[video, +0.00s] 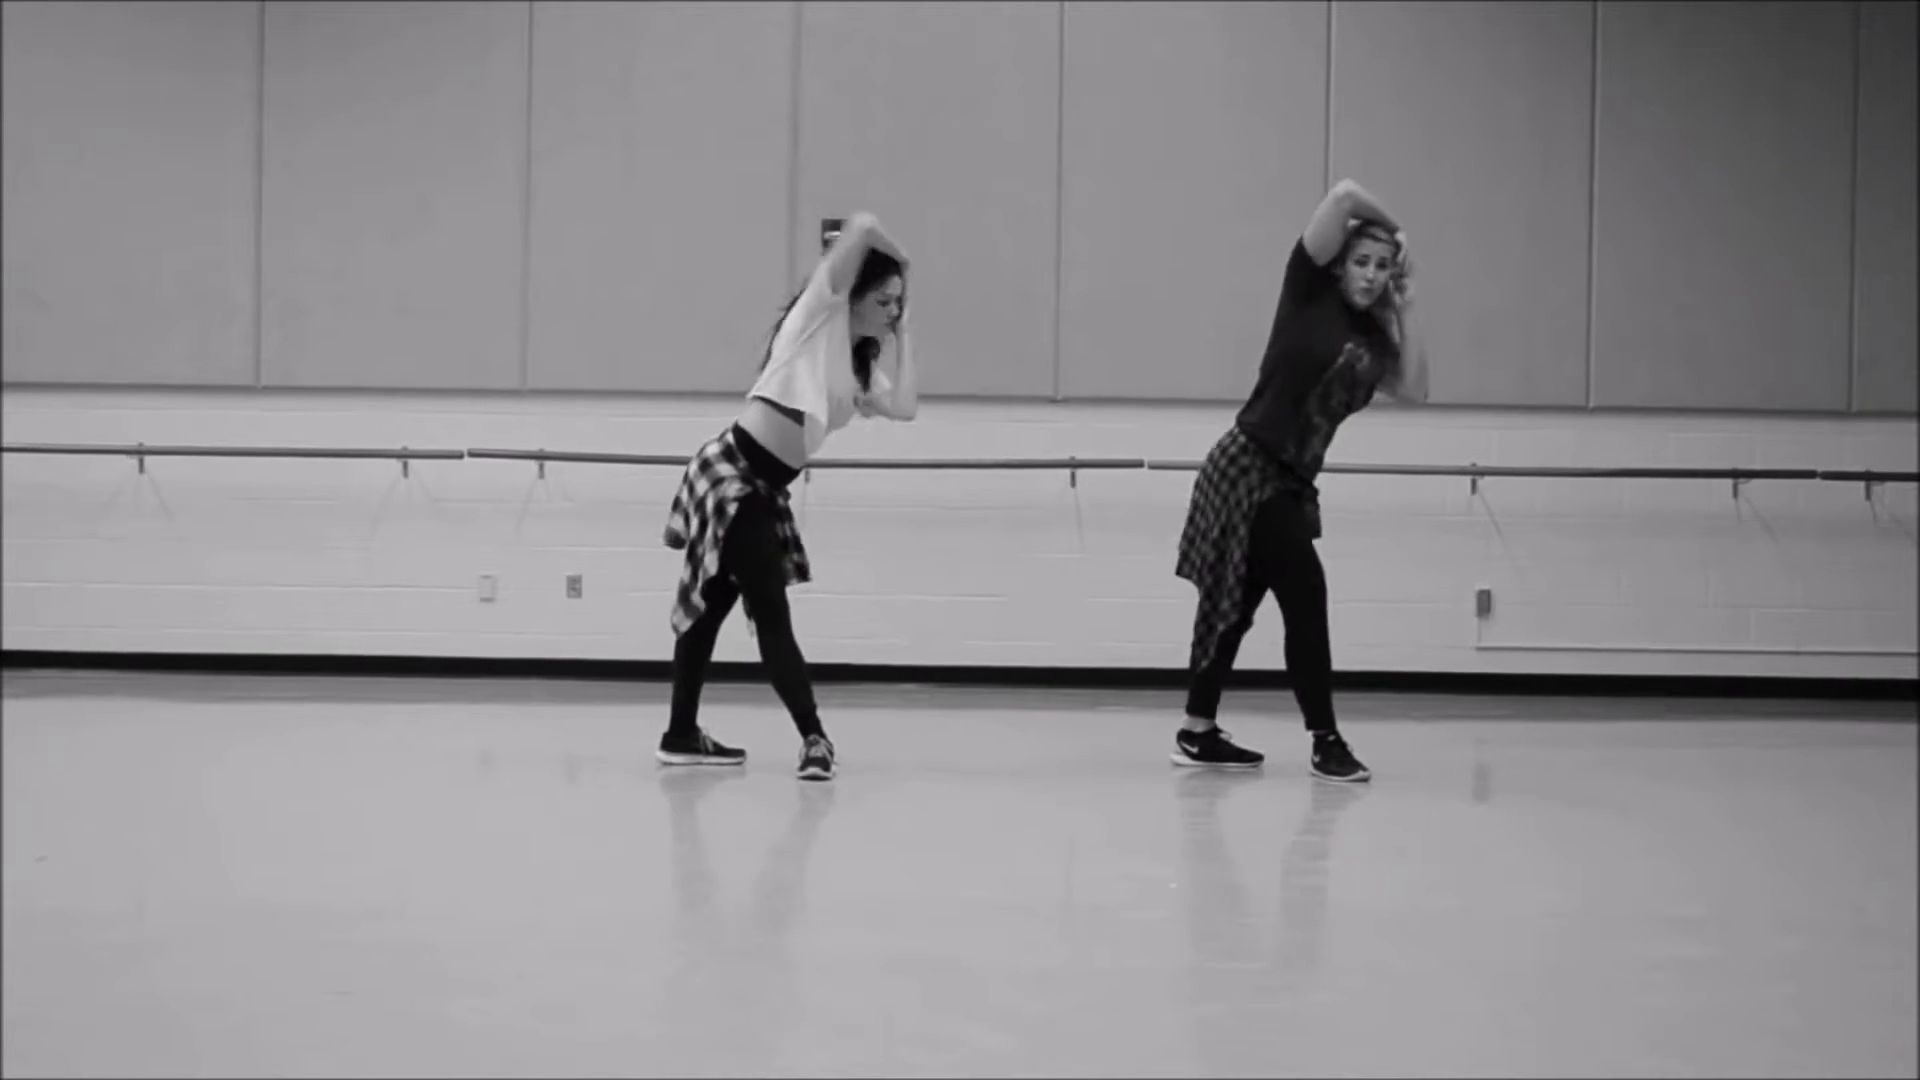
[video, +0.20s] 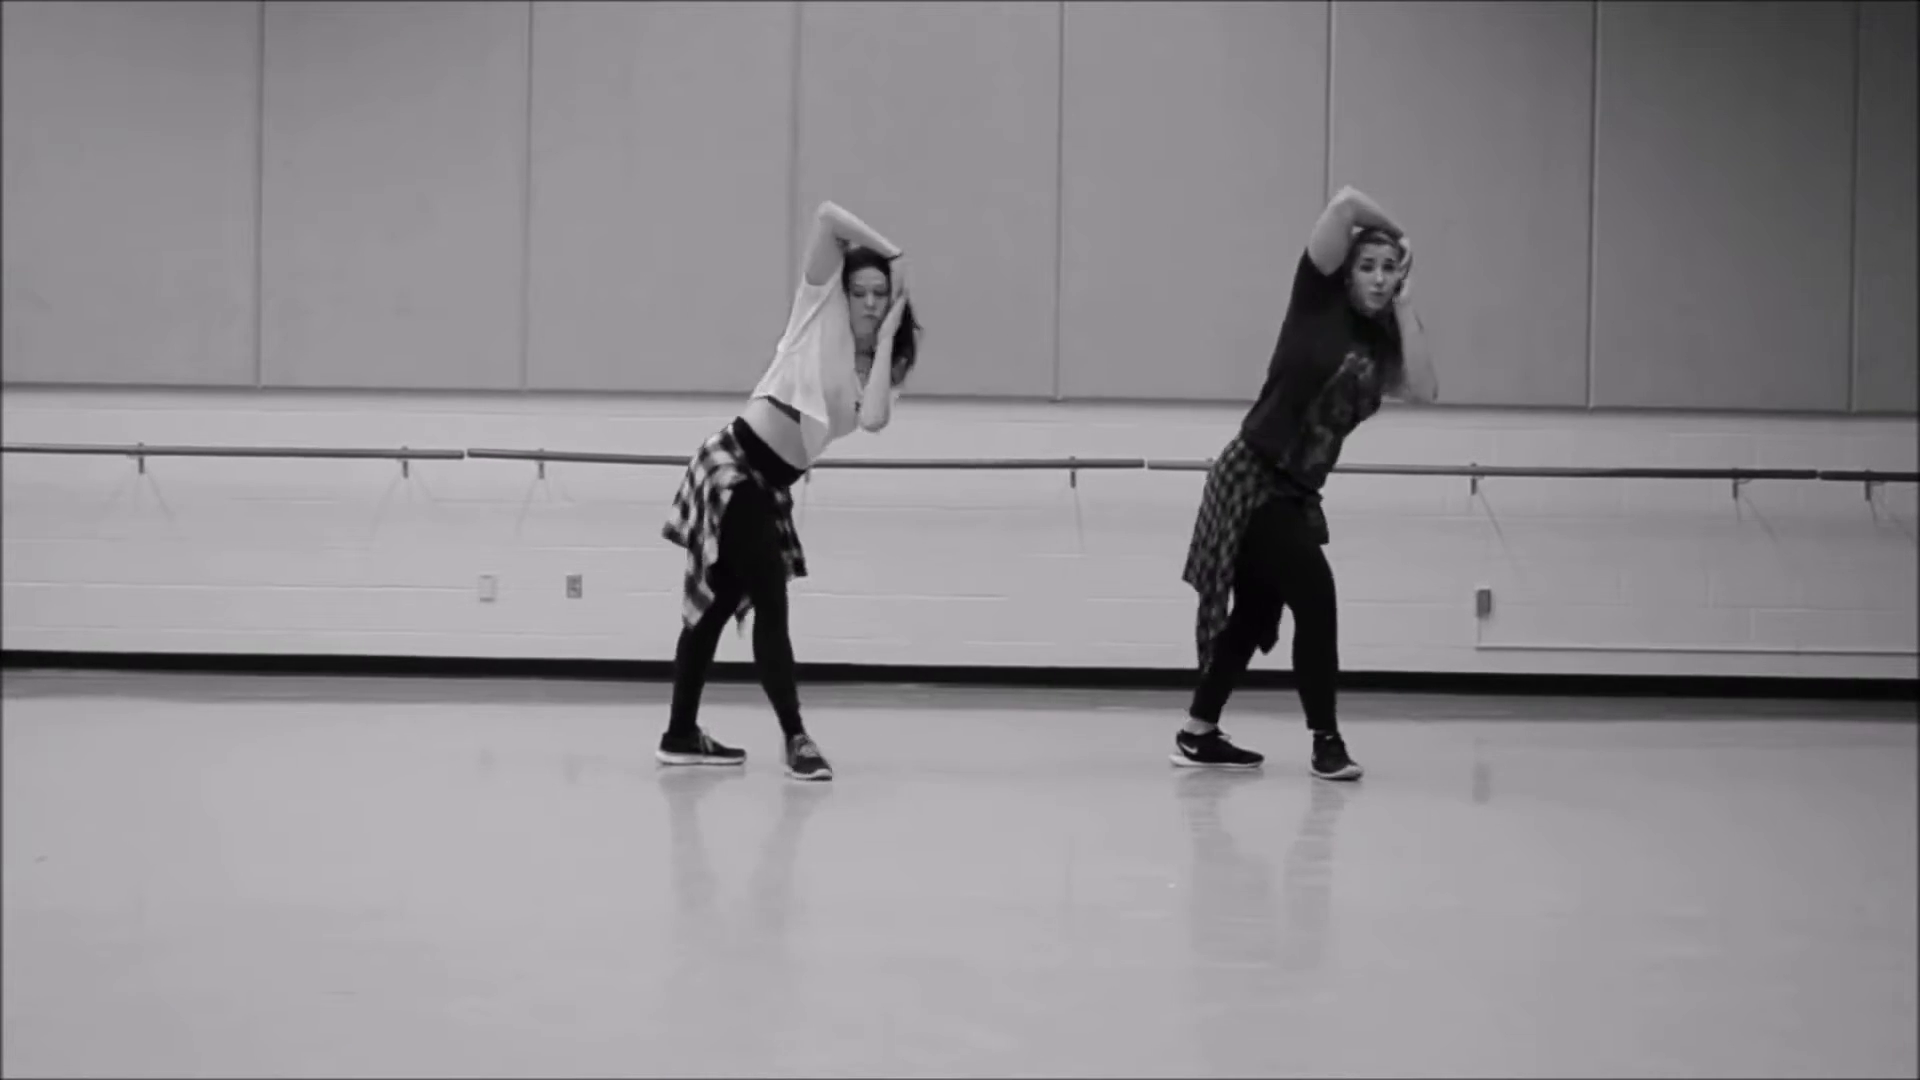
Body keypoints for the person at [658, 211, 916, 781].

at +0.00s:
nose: (891, 316)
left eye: (897, 305)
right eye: (883, 302)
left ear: (891, 308)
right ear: (853, 295)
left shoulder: (856, 372)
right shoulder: (813, 321)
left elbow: (902, 408)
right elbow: (861, 224)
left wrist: (901, 334)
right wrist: (894, 257)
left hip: (766, 488)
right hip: (733, 471)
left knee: (708, 607)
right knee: (772, 614)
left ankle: (681, 730)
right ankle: (814, 739)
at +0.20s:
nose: (868, 303)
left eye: (878, 295)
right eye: (858, 294)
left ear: (890, 303)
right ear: (842, 293)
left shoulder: (876, 369)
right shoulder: (817, 309)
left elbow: (872, 418)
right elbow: (828, 214)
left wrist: (886, 335)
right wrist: (891, 251)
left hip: (774, 485)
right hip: (735, 462)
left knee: (715, 604)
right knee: (771, 602)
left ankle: (681, 730)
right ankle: (796, 739)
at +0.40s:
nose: (864, 291)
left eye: (875, 281)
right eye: (855, 282)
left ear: (897, 287)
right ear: (843, 286)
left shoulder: (904, 360)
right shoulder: (821, 308)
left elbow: (914, 347)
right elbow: (798, 215)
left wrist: (899, 257)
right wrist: (861, 222)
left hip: (801, 490)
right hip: (763, 465)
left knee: (724, 596)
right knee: (776, 610)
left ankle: (643, 689)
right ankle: (791, 742)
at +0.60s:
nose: (858, 277)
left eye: (866, 267)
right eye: (849, 269)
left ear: (892, 270)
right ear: (840, 276)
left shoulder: (925, 335)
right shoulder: (819, 305)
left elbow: (887, 284)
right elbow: (752, 258)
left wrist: (873, 218)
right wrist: (814, 215)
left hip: (842, 491)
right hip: (794, 463)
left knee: (755, 594)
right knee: (798, 610)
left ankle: (655, 534)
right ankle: (795, 741)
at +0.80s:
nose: (872, 262)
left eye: (883, 252)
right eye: (862, 254)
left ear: (904, 257)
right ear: (849, 263)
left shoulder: (927, 302)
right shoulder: (837, 318)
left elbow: (863, 323)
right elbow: (781, 359)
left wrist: (809, 261)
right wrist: (785, 292)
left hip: (881, 476)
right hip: (823, 465)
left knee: (884, 614)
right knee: (813, 606)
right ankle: (796, 739)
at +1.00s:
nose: (906, 254)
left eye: (916, 243)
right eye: (895, 245)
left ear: (934, 250)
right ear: (878, 255)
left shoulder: (963, 313)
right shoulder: (856, 321)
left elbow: (1006, 377)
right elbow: (807, 399)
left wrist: (938, 386)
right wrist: (844, 417)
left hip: (933, 480)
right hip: (861, 481)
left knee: (997, 601)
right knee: (831, 611)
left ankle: (1051, 726)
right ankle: (800, 740)